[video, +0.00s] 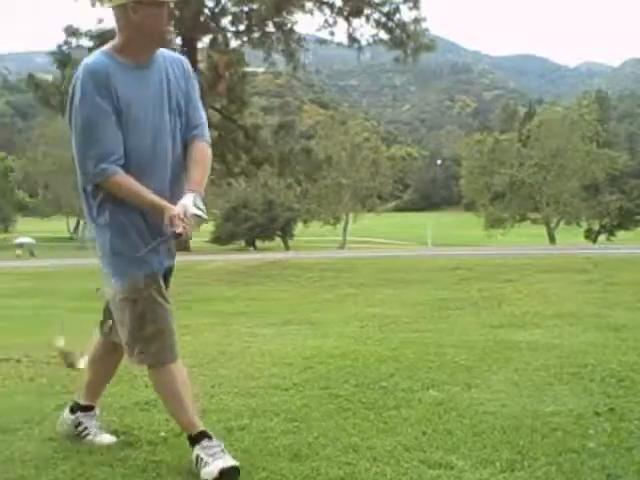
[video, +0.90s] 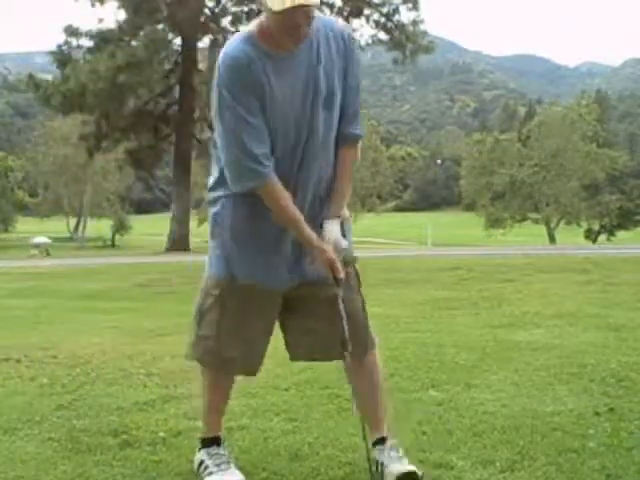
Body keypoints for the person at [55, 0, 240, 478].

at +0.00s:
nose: (170, 13)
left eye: (170, 5)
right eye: (159, 6)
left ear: (158, 15)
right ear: (127, 14)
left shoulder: (178, 67)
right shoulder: (95, 74)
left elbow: (198, 138)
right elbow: (101, 170)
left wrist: (192, 198)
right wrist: (162, 207)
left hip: (165, 228)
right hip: (124, 233)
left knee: (121, 326)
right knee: (156, 334)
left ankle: (81, 413)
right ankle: (202, 442)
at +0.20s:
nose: (210, 7)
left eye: (208, 1)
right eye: (201, 1)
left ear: (197, 8)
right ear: (165, 5)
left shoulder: (214, 48)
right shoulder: (131, 69)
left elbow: (236, 129)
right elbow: (155, 173)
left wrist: (234, 201)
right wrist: (222, 220)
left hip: (207, 224)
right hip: (157, 228)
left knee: (195, 330)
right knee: (175, 339)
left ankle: (135, 386)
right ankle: (205, 445)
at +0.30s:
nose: (223, 6)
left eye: (223, 0)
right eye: (214, 0)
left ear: (214, 6)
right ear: (178, 3)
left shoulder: (227, 44)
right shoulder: (148, 62)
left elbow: (250, 127)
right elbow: (178, 168)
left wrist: (253, 199)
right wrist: (242, 217)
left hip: (227, 217)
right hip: (173, 220)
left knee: (230, 321)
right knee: (183, 336)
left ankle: (177, 382)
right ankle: (205, 444)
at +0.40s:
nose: (225, 7)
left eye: (227, 0)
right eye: (215, 1)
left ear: (227, 2)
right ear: (184, 2)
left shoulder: (242, 36)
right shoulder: (159, 59)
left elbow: (265, 120)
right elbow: (190, 165)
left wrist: (266, 199)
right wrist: (256, 215)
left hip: (238, 216)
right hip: (180, 223)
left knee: (268, 317)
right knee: (182, 340)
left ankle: (238, 403)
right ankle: (205, 445)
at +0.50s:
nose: (237, 5)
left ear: (245, 0)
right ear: (198, 1)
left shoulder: (257, 34)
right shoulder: (169, 58)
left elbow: (279, 120)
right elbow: (201, 167)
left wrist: (276, 197)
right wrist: (266, 220)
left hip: (256, 213)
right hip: (193, 220)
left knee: (293, 313)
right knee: (191, 338)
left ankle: (306, 417)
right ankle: (207, 447)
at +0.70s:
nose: (266, 14)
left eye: (269, 7)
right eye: (258, 8)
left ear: (272, 4)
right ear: (230, 4)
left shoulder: (290, 34)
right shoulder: (197, 58)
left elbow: (307, 129)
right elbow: (221, 167)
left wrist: (299, 204)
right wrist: (281, 228)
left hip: (280, 216)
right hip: (216, 221)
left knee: (333, 310)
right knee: (205, 338)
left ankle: (384, 414)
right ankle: (208, 448)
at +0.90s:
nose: (306, 16)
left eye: (311, 8)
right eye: (296, 9)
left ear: (318, 7)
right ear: (269, 7)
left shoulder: (337, 39)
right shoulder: (239, 61)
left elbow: (348, 135)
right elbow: (254, 171)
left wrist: (335, 216)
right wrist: (311, 240)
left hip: (318, 225)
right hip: (249, 227)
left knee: (357, 335)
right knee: (224, 341)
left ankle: (383, 449)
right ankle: (211, 448)